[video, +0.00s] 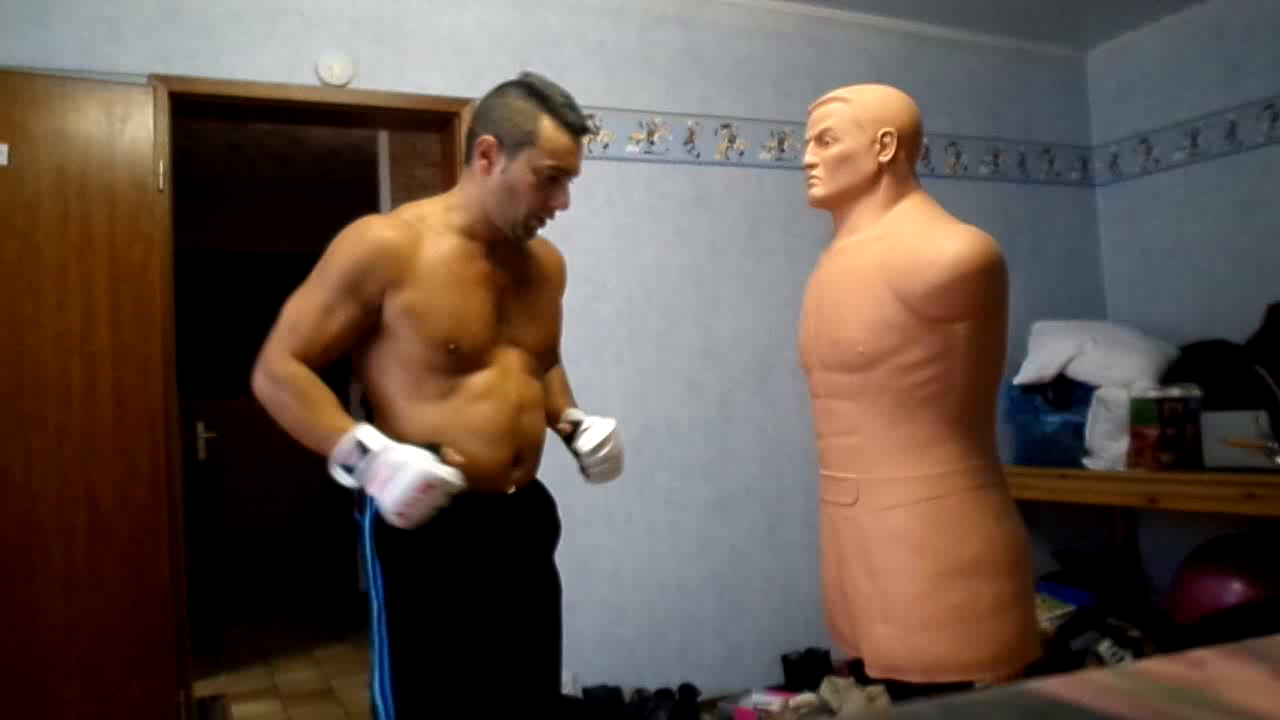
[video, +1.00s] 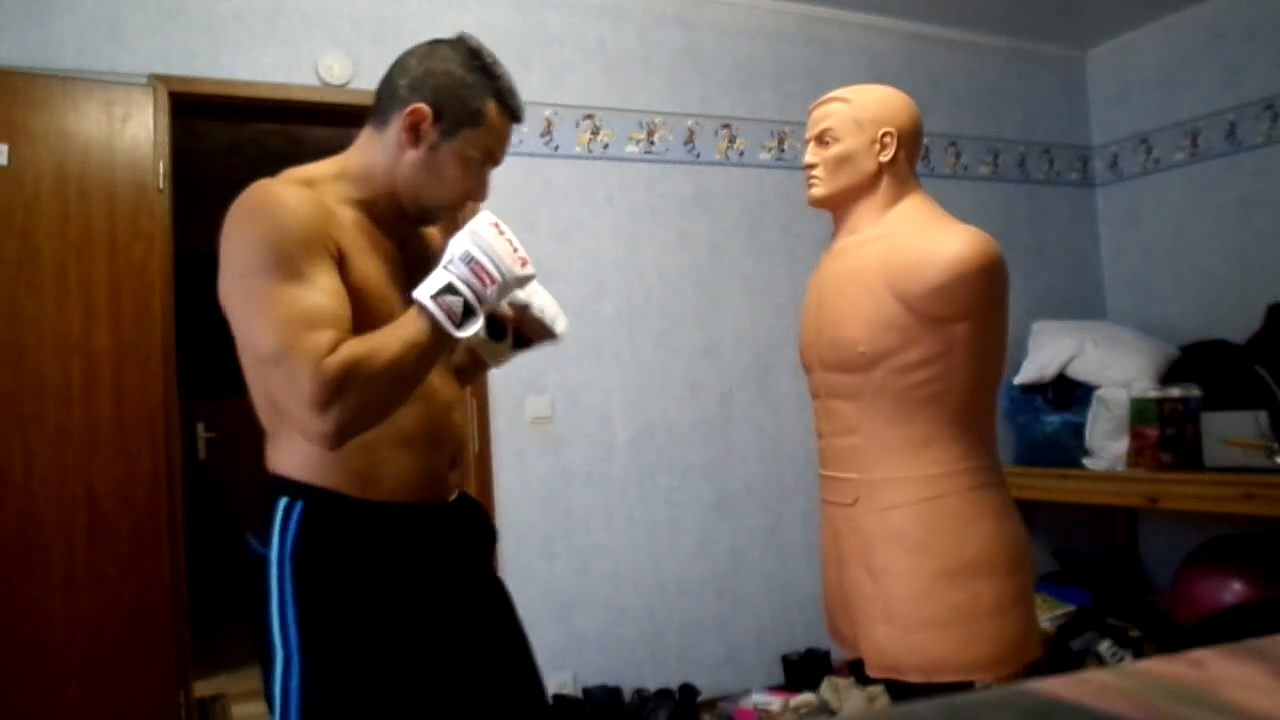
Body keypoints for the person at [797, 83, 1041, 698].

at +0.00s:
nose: (807, 157)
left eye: (825, 140)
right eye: (808, 142)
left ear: (884, 148)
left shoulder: (951, 258)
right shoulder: (836, 260)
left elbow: (967, 426)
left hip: (934, 539)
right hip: (855, 538)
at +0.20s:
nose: (807, 157)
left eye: (825, 140)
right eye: (808, 142)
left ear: (883, 148)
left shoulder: (950, 258)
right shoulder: (836, 260)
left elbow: (966, 425)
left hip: (935, 542)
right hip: (855, 540)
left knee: (960, 709)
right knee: (877, 702)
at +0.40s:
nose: (807, 157)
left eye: (826, 139)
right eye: (808, 142)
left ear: (884, 148)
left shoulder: (950, 258)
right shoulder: (834, 261)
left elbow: (966, 424)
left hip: (935, 542)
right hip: (855, 540)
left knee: (959, 707)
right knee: (876, 700)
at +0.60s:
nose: (807, 157)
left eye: (825, 140)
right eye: (808, 142)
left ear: (884, 148)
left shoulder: (949, 258)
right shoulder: (837, 260)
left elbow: (965, 427)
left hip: (935, 543)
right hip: (856, 541)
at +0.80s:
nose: (807, 157)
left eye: (825, 140)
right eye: (808, 142)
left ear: (884, 148)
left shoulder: (949, 259)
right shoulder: (837, 259)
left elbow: (965, 429)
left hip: (934, 544)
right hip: (856, 543)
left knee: (959, 709)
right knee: (879, 702)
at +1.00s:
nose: (807, 157)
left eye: (825, 140)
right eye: (808, 142)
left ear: (884, 148)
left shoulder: (949, 258)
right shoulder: (836, 261)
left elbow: (965, 431)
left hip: (934, 545)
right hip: (856, 544)